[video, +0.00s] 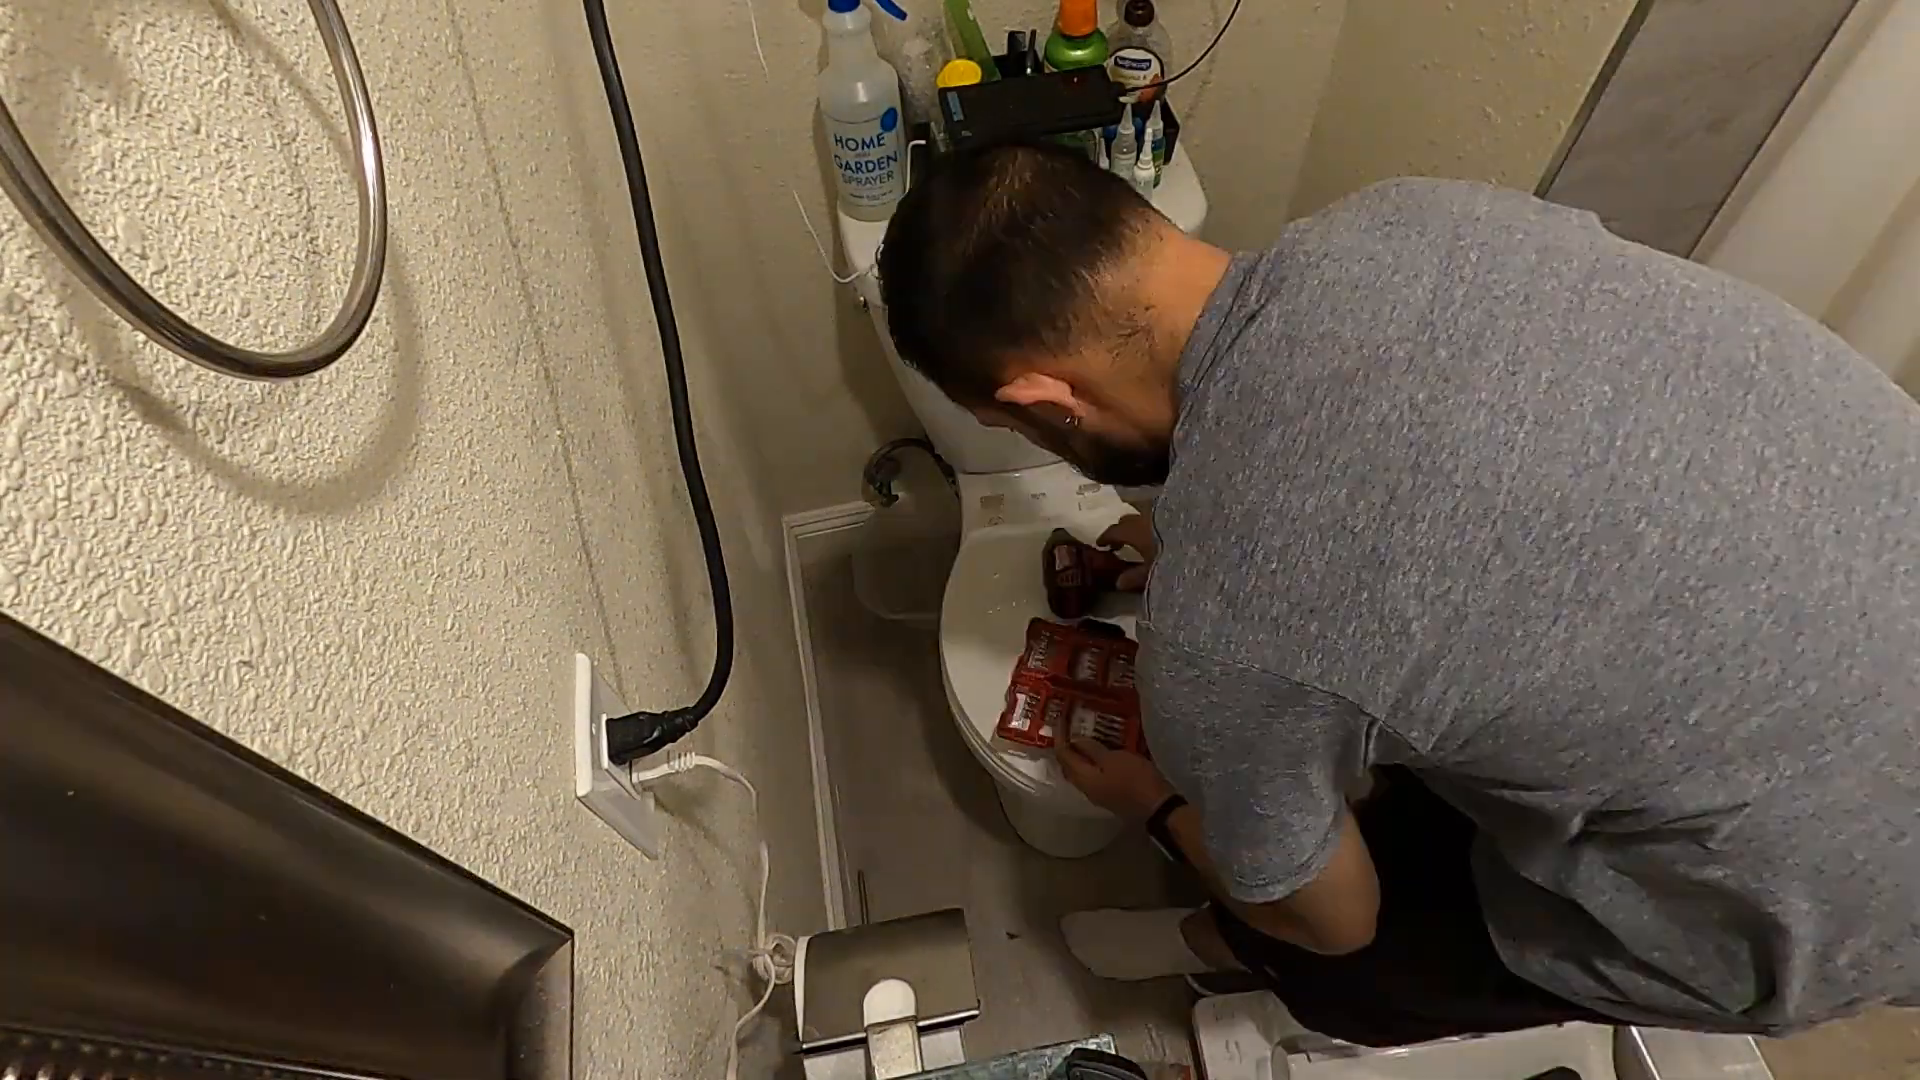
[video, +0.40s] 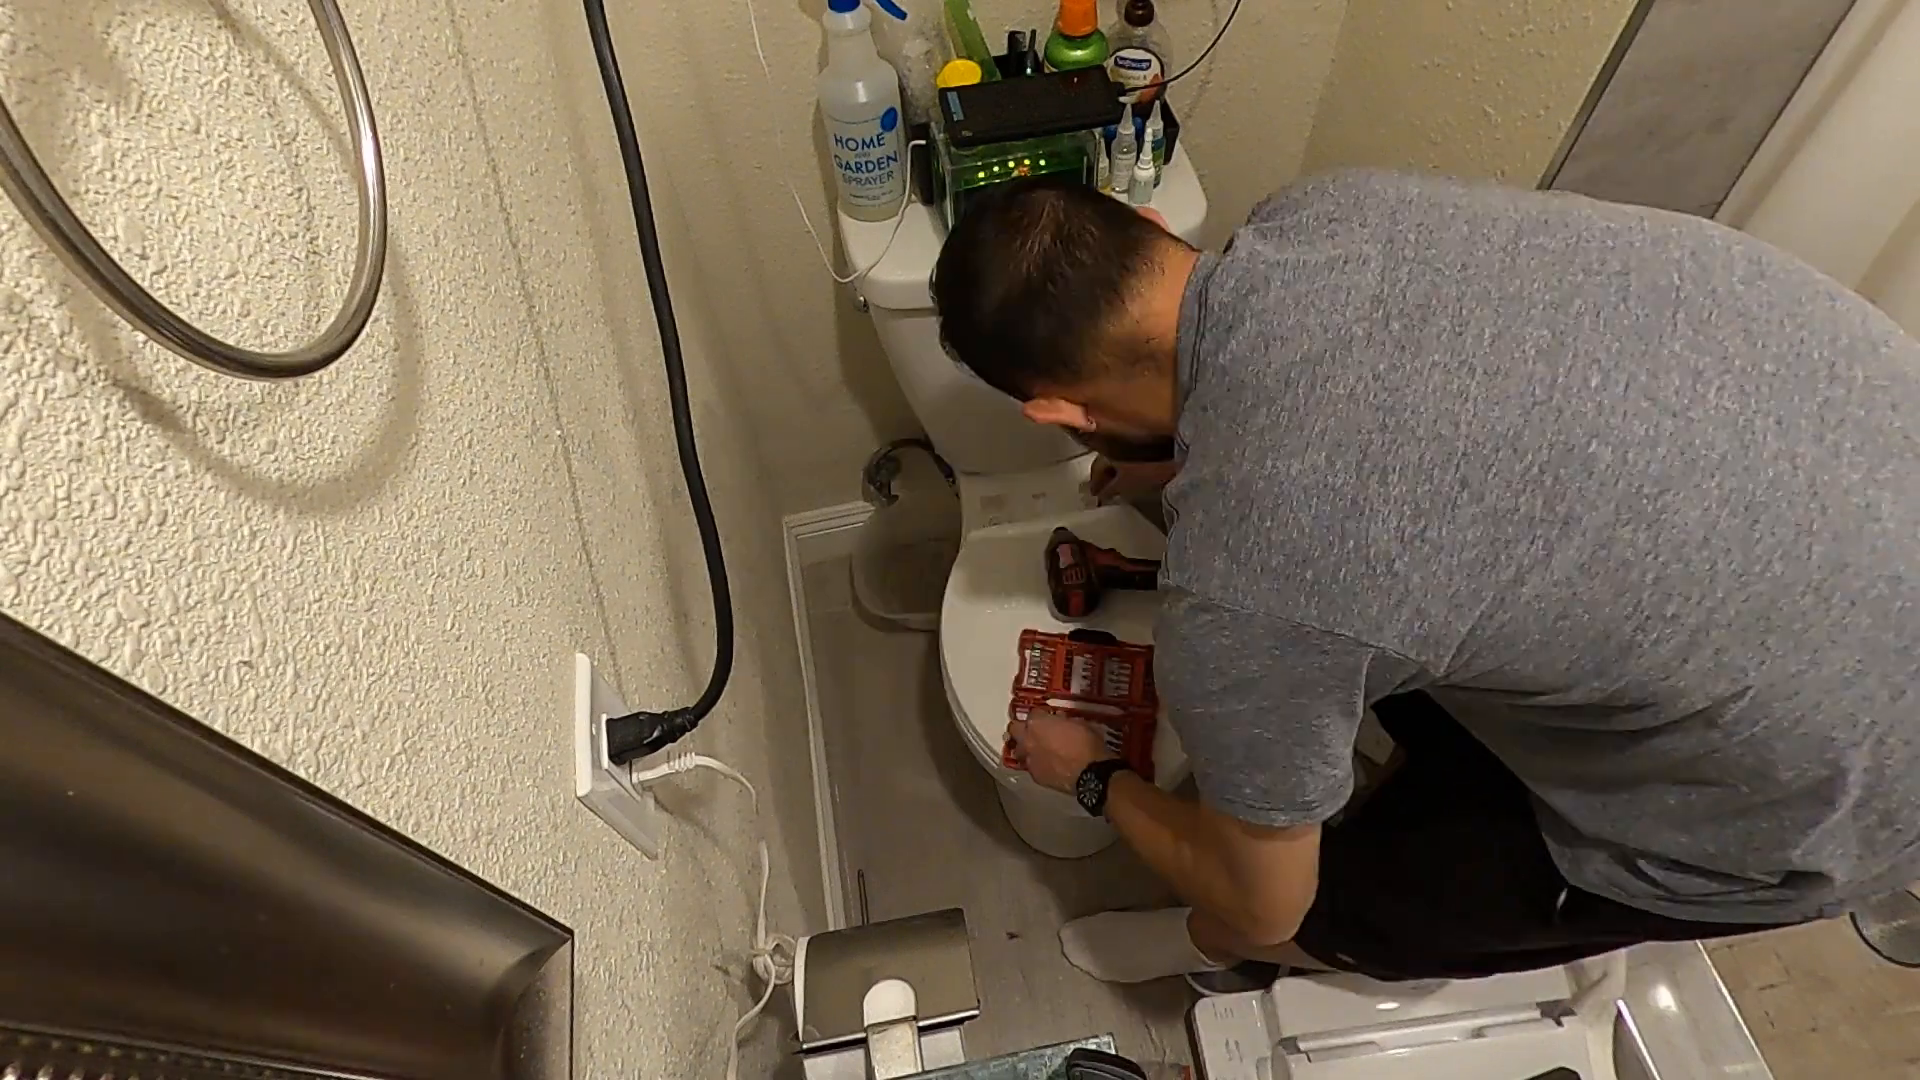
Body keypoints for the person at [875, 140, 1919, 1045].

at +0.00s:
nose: (1042, 435)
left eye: (1021, 417)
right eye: (1025, 417)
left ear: (1046, 396)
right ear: (1146, 210)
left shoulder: (1220, 637)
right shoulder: (1402, 215)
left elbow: (1335, 926)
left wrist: (1168, 804)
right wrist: (1207, 523)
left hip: (1804, 896)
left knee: (1286, 925)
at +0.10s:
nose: (1074, 435)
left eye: (1055, 418)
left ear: (1090, 421)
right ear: (1176, 217)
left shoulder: (1320, 615)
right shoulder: (1355, 228)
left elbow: (1423, 877)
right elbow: (1272, 475)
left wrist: (1228, 812)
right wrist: (1137, 648)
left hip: (1868, 747)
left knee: (1437, 896)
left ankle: (1298, 934)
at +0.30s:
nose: (1020, 468)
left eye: (1000, 454)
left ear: (1029, 459)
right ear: (1121, 264)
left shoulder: (1254, 665)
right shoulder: (1277, 266)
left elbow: (1412, 910)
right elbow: (1308, 473)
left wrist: (1180, 800)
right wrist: (1172, 602)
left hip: (1858, 766)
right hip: (1877, 432)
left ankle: (1293, 929)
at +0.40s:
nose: (1065, 429)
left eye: (1045, 414)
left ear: (1061, 408)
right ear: (1154, 218)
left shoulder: (1244, 591)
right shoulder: (1323, 209)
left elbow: (1259, 911)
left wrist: (1092, 776)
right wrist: (1186, 453)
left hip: (1839, 785)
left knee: (1320, 901)